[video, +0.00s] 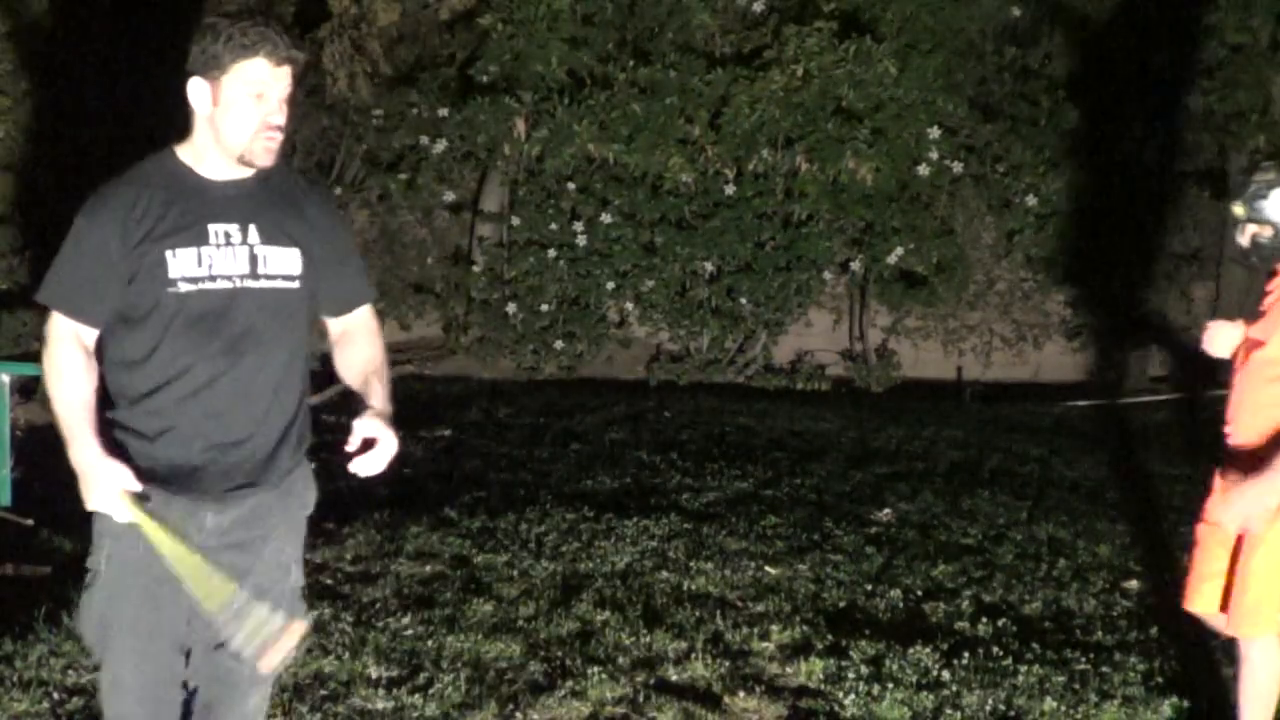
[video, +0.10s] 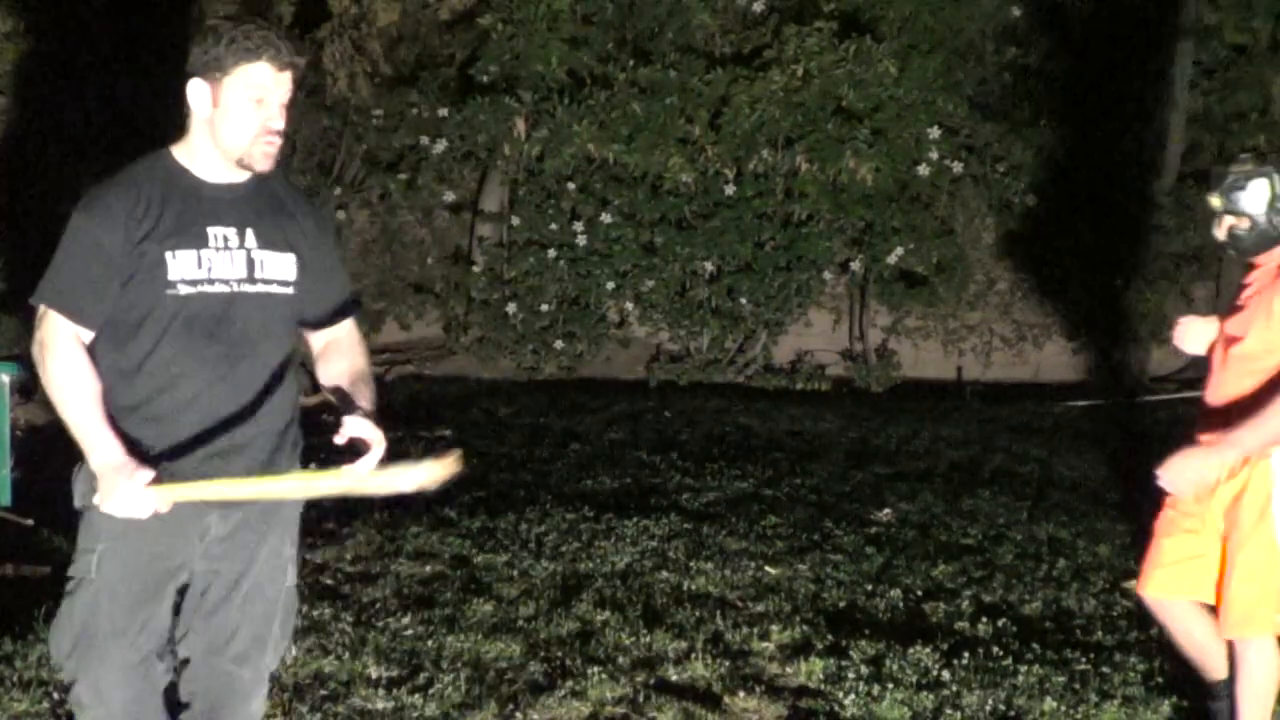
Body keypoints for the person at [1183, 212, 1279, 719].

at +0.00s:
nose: (1248, 236)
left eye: (1257, 223)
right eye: (1248, 223)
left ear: (1270, 228)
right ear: (1257, 228)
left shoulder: (1276, 295)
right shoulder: (1270, 290)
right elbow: (1269, 346)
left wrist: (1263, 486)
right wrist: (1240, 342)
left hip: (1270, 485)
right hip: (1239, 473)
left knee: (1258, 626)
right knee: (1217, 607)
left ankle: (1253, 714)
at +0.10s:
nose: (1223, 229)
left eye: (1234, 217)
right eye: (1222, 215)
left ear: (1263, 220)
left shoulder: (1276, 283)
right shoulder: (1256, 277)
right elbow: (1261, 341)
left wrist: (1217, 453)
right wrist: (1216, 335)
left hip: (1265, 465)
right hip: (1210, 456)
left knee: (1252, 621)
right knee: (1163, 589)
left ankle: (1250, 717)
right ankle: (1233, 696)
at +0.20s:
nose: (1198, 221)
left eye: (1211, 206)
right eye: (1195, 206)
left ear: (1245, 205)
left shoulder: (1271, 270)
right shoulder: (1238, 271)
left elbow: (1277, 382)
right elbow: (1241, 348)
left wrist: (1185, 436)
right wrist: (1190, 342)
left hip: (1250, 468)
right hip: (1188, 464)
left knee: (1247, 622)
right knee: (1131, 588)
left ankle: (1250, 719)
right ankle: (1148, 713)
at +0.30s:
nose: (1167, 221)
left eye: (1182, 206)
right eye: (1165, 205)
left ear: (1217, 207)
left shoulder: (1259, 273)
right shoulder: (1202, 279)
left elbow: (1266, 385)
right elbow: (1209, 361)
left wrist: (1162, 444)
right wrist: (1158, 353)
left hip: (1231, 475)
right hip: (1165, 471)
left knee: (1235, 627)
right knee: (1112, 603)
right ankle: (1073, 716)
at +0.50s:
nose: (1100, 218)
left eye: (1114, 204)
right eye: (1099, 204)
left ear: (1153, 205)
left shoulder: (1202, 276)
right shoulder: (1133, 280)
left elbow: (1218, 390)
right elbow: (1139, 374)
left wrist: (1174, 495)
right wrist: (1085, 360)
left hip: (1154, 491)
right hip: (1086, 484)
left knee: (1158, 639)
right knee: (1052, 619)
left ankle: (1217, 716)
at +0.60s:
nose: (1072, 211)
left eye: (1088, 196)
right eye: (1069, 195)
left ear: (1127, 198)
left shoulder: (1176, 271)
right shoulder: (1098, 275)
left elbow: (1206, 381)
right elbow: (1099, 374)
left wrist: (1190, 487)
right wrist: (1048, 355)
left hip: (1129, 480)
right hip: (1058, 473)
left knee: (1099, 639)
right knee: (1040, 627)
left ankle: (1186, 714)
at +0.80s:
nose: (1026, 202)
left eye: (1043, 188)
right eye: (1024, 185)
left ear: (1084, 192)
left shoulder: (1139, 269)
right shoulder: (1031, 267)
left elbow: (1178, 380)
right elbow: (1041, 369)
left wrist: (1164, 489)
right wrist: (987, 360)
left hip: (1089, 475)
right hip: (1016, 471)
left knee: (1040, 636)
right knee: (1020, 635)